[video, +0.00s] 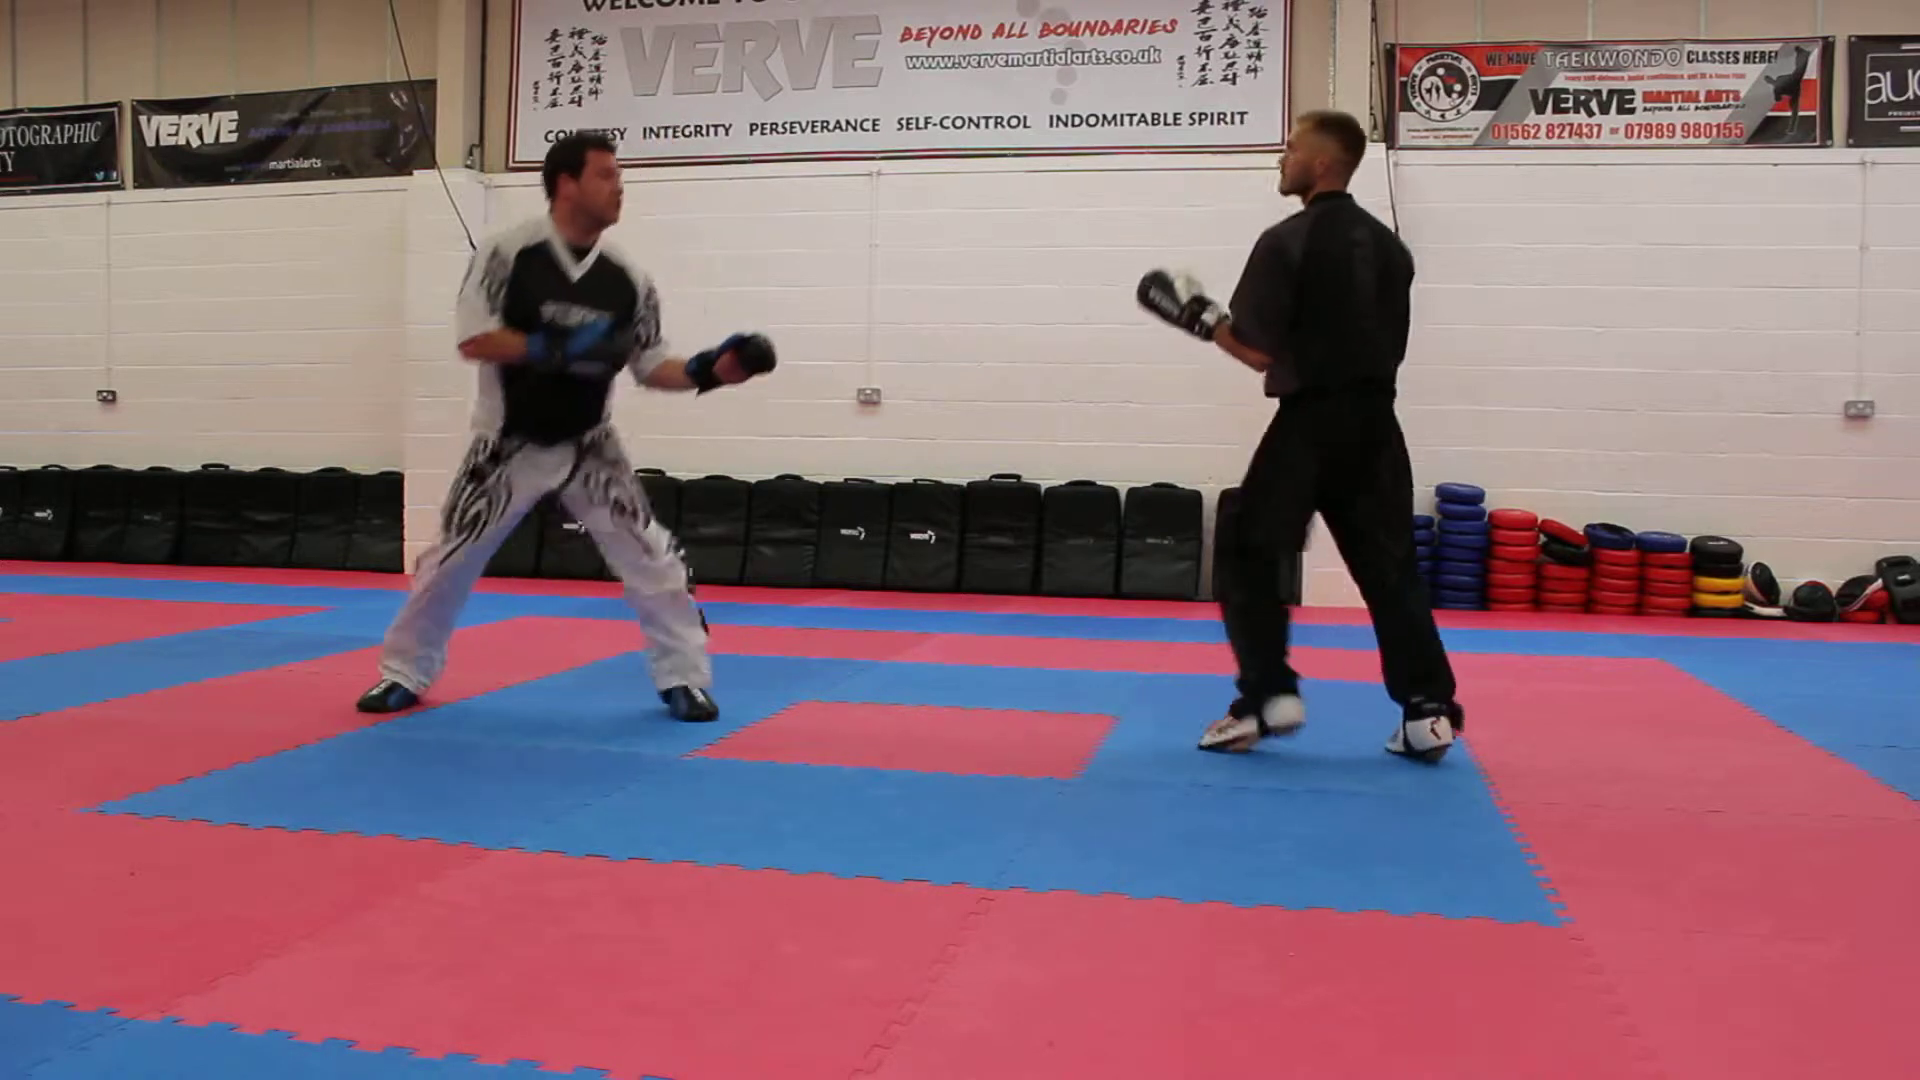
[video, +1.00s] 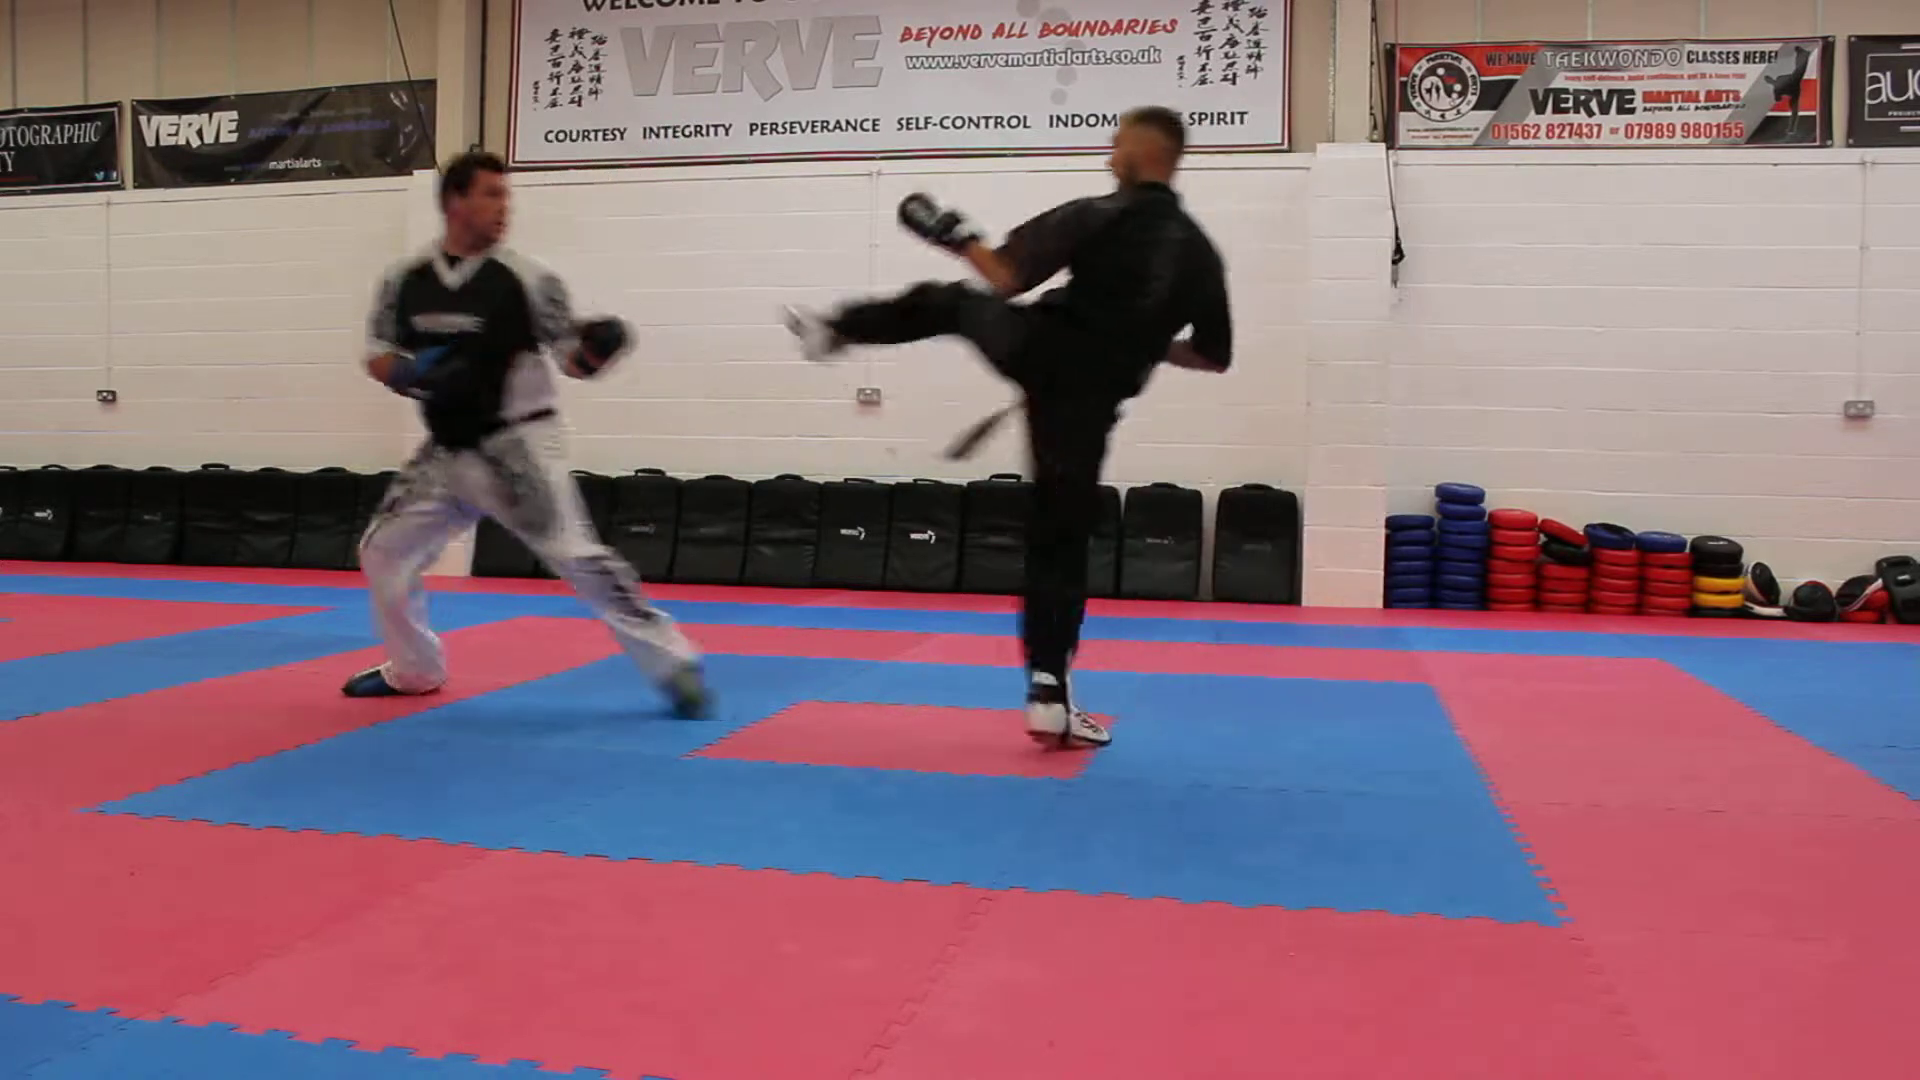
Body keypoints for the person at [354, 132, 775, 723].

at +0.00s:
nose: (619, 187)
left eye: (619, 176)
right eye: (606, 176)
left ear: (607, 187)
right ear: (564, 186)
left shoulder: (629, 281)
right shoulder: (505, 254)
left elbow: (651, 368)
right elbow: (473, 340)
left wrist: (709, 372)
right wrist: (551, 346)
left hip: (590, 449)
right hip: (507, 448)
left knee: (653, 561)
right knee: (452, 562)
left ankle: (683, 680)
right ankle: (404, 674)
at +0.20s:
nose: (603, 185)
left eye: (602, 173)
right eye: (590, 173)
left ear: (586, 182)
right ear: (547, 181)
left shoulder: (618, 274)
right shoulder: (485, 252)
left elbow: (639, 358)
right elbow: (448, 334)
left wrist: (684, 374)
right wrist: (513, 350)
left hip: (587, 439)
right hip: (499, 438)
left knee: (642, 551)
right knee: (444, 549)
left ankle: (687, 675)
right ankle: (406, 671)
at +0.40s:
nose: (608, 191)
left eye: (607, 180)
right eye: (595, 180)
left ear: (592, 187)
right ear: (552, 187)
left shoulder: (626, 273)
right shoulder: (491, 259)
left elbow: (654, 359)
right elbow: (457, 344)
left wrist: (699, 366)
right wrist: (516, 360)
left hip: (596, 443)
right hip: (511, 442)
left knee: (654, 556)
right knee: (450, 550)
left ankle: (700, 676)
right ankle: (410, 662)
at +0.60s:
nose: (602, 199)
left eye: (602, 188)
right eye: (590, 187)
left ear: (597, 194)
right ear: (548, 194)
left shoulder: (621, 279)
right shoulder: (489, 265)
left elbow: (649, 365)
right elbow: (455, 350)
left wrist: (691, 378)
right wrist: (516, 364)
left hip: (597, 446)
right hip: (512, 446)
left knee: (652, 553)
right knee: (445, 551)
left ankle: (704, 674)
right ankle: (412, 663)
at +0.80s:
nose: (593, 214)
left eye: (593, 203)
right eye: (581, 203)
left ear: (581, 208)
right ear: (539, 209)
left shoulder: (613, 294)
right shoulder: (481, 283)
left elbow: (648, 374)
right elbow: (451, 369)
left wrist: (690, 374)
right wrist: (508, 376)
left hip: (591, 460)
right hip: (506, 462)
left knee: (652, 563)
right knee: (434, 560)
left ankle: (703, 677)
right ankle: (401, 666)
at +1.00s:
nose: (504, 208)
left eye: (506, 197)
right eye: (491, 196)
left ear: (503, 204)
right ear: (453, 203)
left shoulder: (528, 282)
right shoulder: (405, 284)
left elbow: (571, 361)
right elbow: (378, 358)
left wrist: (596, 350)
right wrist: (417, 374)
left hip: (520, 444)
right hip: (447, 451)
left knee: (577, 557)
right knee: (382, 554)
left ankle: (676, 669)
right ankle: (415, 669)